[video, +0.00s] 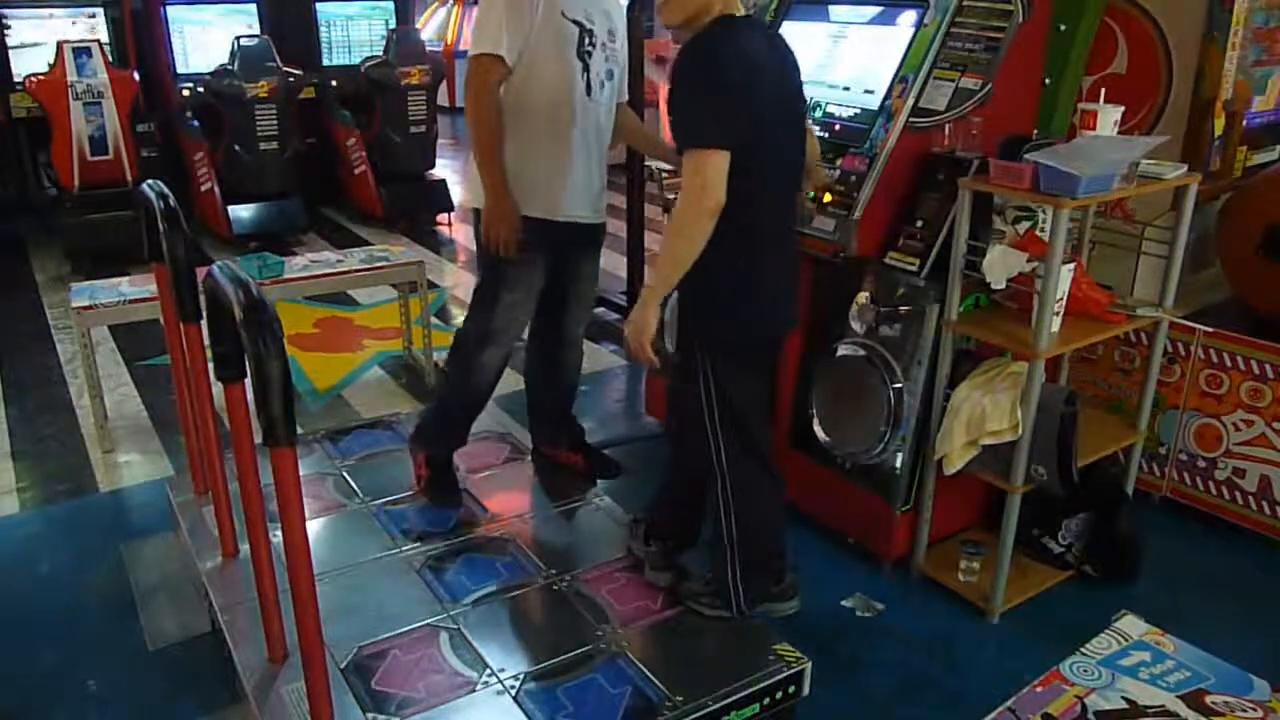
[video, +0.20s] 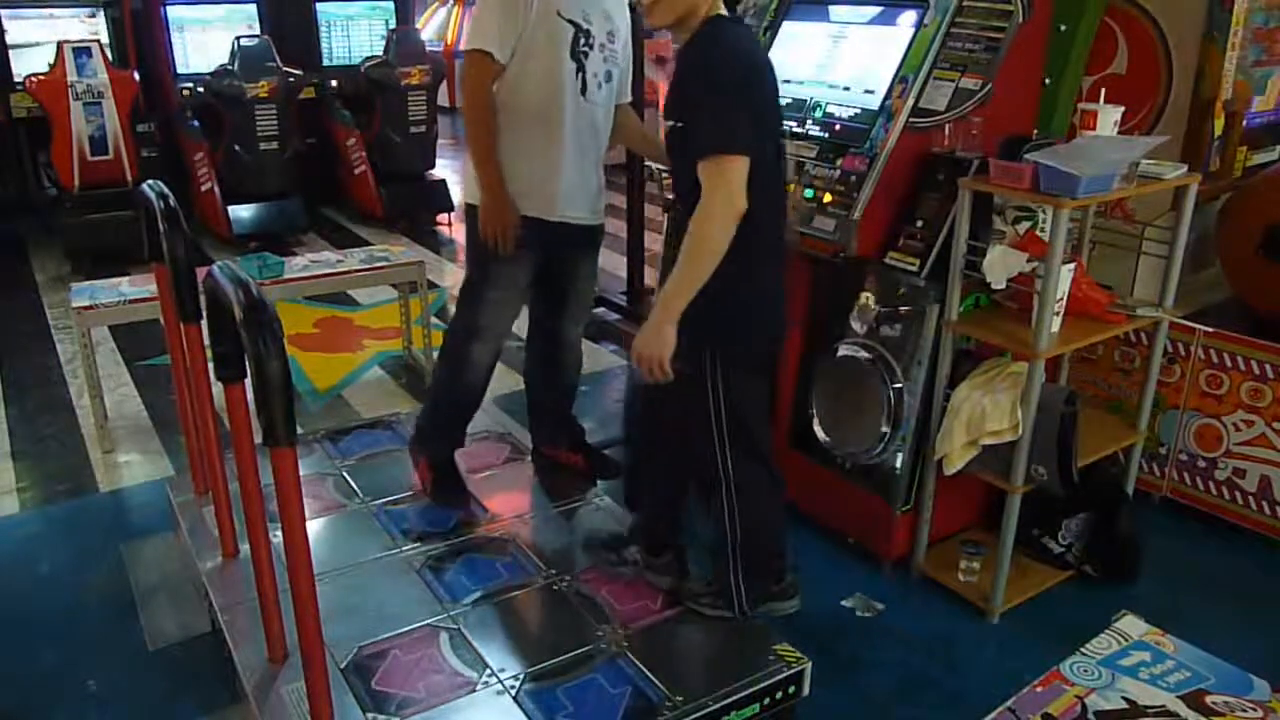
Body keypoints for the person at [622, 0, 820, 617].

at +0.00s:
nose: (659, 5)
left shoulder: (707, 57)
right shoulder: (767, 46)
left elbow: (703, 197)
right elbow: (808, 164)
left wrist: (651, 296)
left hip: (721, 289)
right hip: (761, 282)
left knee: (733, 437)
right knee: (699, 423)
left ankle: (757, 581)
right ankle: (667, 538)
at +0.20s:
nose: (643, 5)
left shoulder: (718, 57)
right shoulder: (713, 52)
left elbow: (725, 202)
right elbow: (695, 164)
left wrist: (664, 314)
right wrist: (631, 130)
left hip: (725, 301)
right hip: (704, 291)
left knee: (730, 446)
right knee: (662, 421)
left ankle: (759, 583)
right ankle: (656, 548)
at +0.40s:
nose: (615, 5)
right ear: (627, 4)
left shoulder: (707, 58)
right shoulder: (649, 54)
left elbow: (731, 196)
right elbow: (667, 160)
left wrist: (685, 317)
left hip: (714, 296)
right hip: (657, 291)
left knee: (720, 444)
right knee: (625, 426)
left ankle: (758, 574)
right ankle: (624, 548)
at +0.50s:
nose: (593, 3)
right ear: (606, 4)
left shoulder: (693, 55)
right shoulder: (634, 54)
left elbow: (719, 195)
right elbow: (646, 182)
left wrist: (686, 317)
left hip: (686, 300)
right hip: (640, 293)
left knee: (706, 444)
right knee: (615, 427)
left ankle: (755, 567)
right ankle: (610, 549)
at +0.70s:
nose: (552, 6)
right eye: (548, 2)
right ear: (563, 4)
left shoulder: (658, 54)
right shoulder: (576, 55)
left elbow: (689, 187)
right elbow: (589, 177)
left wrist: (663, 311)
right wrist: (569, 259)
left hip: (639, 280)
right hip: (591, 273)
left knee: (639, 425)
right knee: (594, 417)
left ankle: (716, 553)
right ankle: (602, 550)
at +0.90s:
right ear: (519, 1)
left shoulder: (630, 53)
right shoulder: (521, 51)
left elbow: (660, 187)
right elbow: (519, 168)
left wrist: (630, 311)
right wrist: (487, 265)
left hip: (602, 287)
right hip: (533, 279)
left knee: (583, 454)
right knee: (548, 446)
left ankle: (631, 568)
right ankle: (590, 562)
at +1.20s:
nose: (462, 4)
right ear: (464, 0)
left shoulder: (596, 62)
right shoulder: (463, 47)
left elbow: (626, 204)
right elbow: (448, 171)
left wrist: (625, 325)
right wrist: (407, 270)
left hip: (571, 296)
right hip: (489, 292)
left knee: (529, 470)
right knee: (535, 431)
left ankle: (505, 641)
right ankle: (596, 540)